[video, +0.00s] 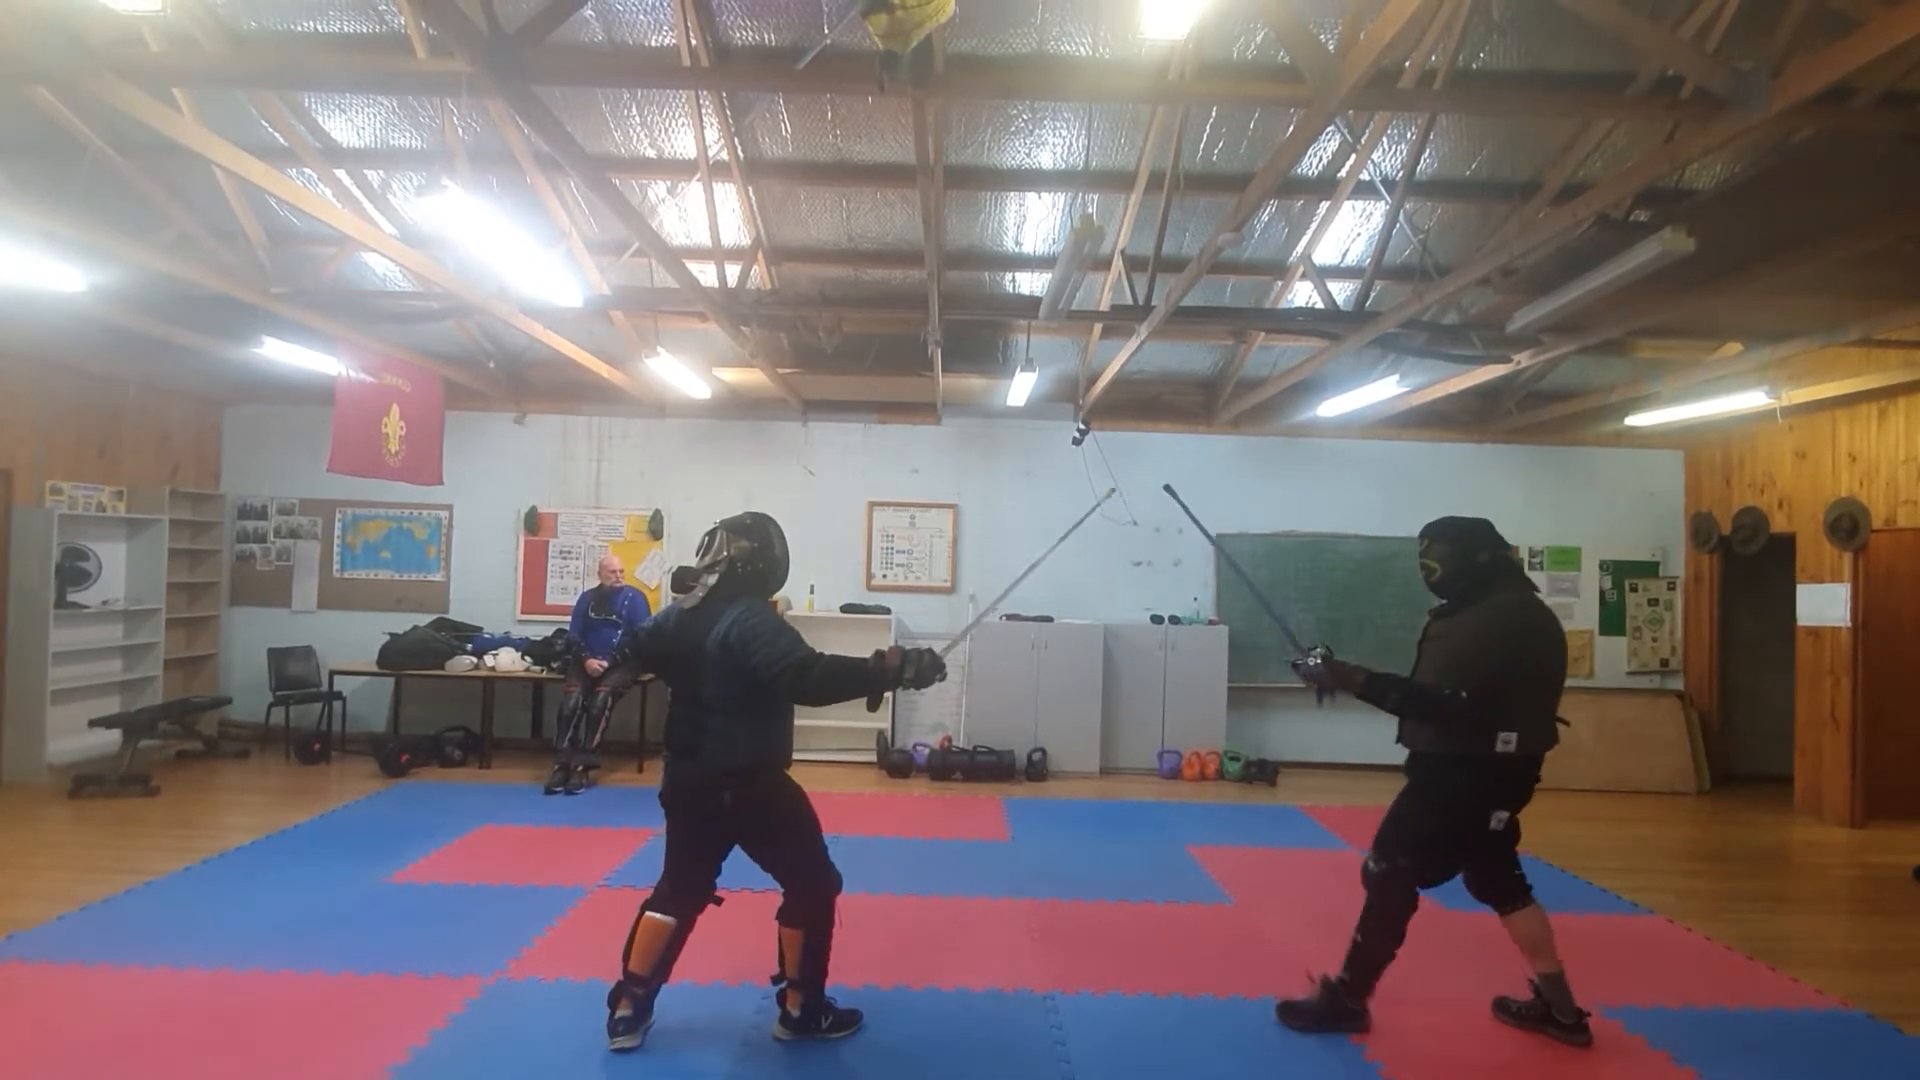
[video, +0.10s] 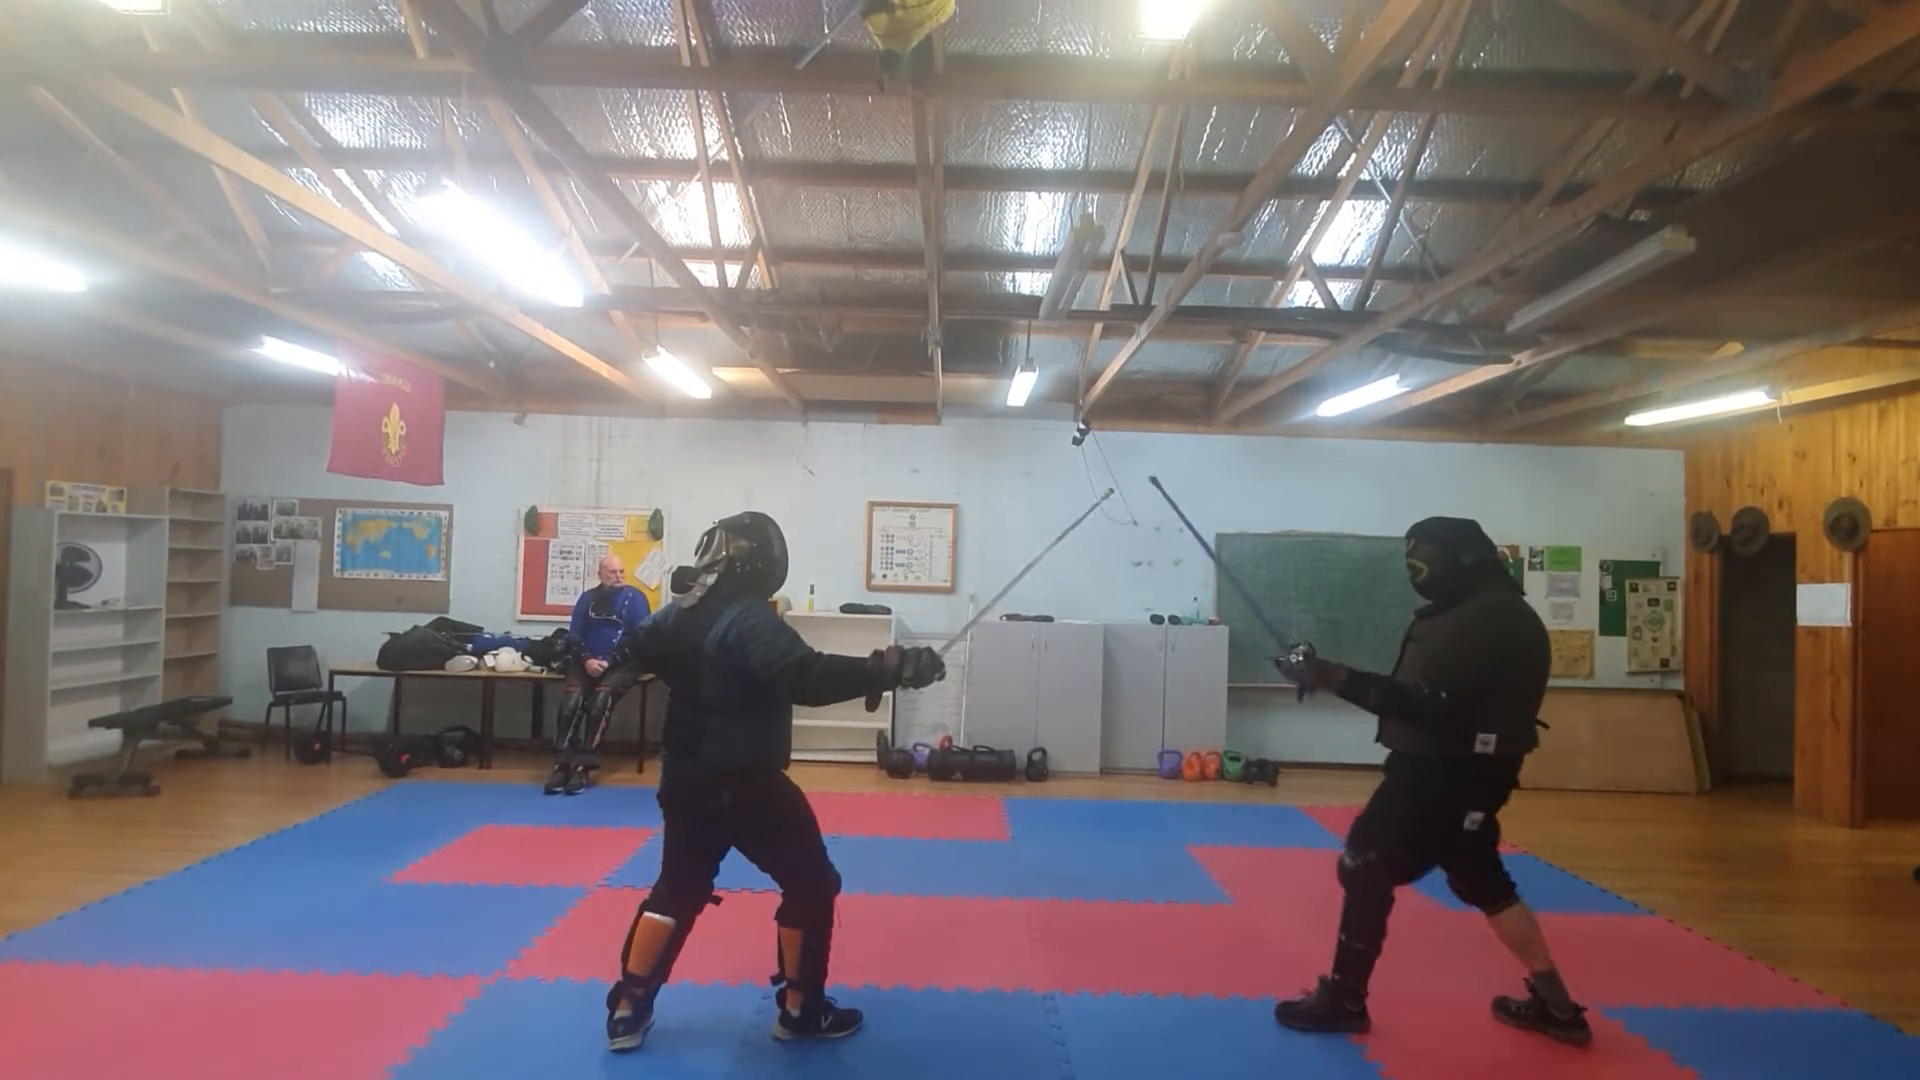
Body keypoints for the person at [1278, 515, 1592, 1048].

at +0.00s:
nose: (1427, 573)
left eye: (1436, 562)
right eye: (1424, 564)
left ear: (1473, 557)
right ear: (1481, 560)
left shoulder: (1484, 619)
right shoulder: (1525, 612)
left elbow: (1447, 705)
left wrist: (1356, 680)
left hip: (1457, 772)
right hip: (1504, 772)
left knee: (1391, 872)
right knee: (1497, 877)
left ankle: (1348, 997)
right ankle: (1558, 1003)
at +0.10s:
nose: (1414, 574)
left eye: (1422, 562)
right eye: (1412, 563)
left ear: (1456, 559)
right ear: (1468, 559)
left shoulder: (1473, 619)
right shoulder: (1511, 614)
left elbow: (1430, 704)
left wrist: (1332, 677)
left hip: (1437, 769)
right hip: (1480, 771)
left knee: (1366, 866)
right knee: (1482, 878)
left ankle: (1344, 995)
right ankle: (1555, 1002)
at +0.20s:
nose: (1403, 570)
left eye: (1411, 559)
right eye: (1401, 559)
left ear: (1446, 557)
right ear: (1459, 557)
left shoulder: (1457, 618)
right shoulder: (1501, 611)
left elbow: (1414, 700)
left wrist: (1319, 671)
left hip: (1422, 765)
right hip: (1465, 767)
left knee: (1357, 865)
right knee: (1454, 868)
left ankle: (1342, 997)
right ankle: (1543, 985)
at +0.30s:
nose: (1398, 567)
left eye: (1406, 556)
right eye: (1396, 556)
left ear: (1441, 554)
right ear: (1452, 555)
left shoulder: (1445, 616)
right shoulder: (1498, 611)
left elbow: (1408, 699)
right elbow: (1492, 708)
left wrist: (1312, 668)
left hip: (1419, 763)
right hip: (1462, 764)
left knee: (1356, 863)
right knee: (1431, 856)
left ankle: (1342, 995)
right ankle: (1531, 970)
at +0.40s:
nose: (1400, 568)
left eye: (1409, 557)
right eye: (1398, 557)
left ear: (1444, 554)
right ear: (1455, 555)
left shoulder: (1447, 617)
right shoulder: (1504, 613)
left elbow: (1409, 695)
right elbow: (1497, 708)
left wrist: (1310, 665)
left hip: (1423, 766)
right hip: (1467, 767)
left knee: (1365, 867)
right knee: (1433, 857)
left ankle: (1343, 996)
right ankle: (1531, 970)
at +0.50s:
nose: (1411, 572)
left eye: (1420, 561)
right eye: (1409, 561)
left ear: (1456, 559)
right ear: (1464, 560)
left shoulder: (1472, 619)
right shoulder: (1512, 614)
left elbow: (1420, 695)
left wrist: (1323, 667)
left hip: (1437, 772)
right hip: (1469, 773)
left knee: (1379, 873)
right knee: (1460, 871)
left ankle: (1344, 996)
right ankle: (1541, 985)